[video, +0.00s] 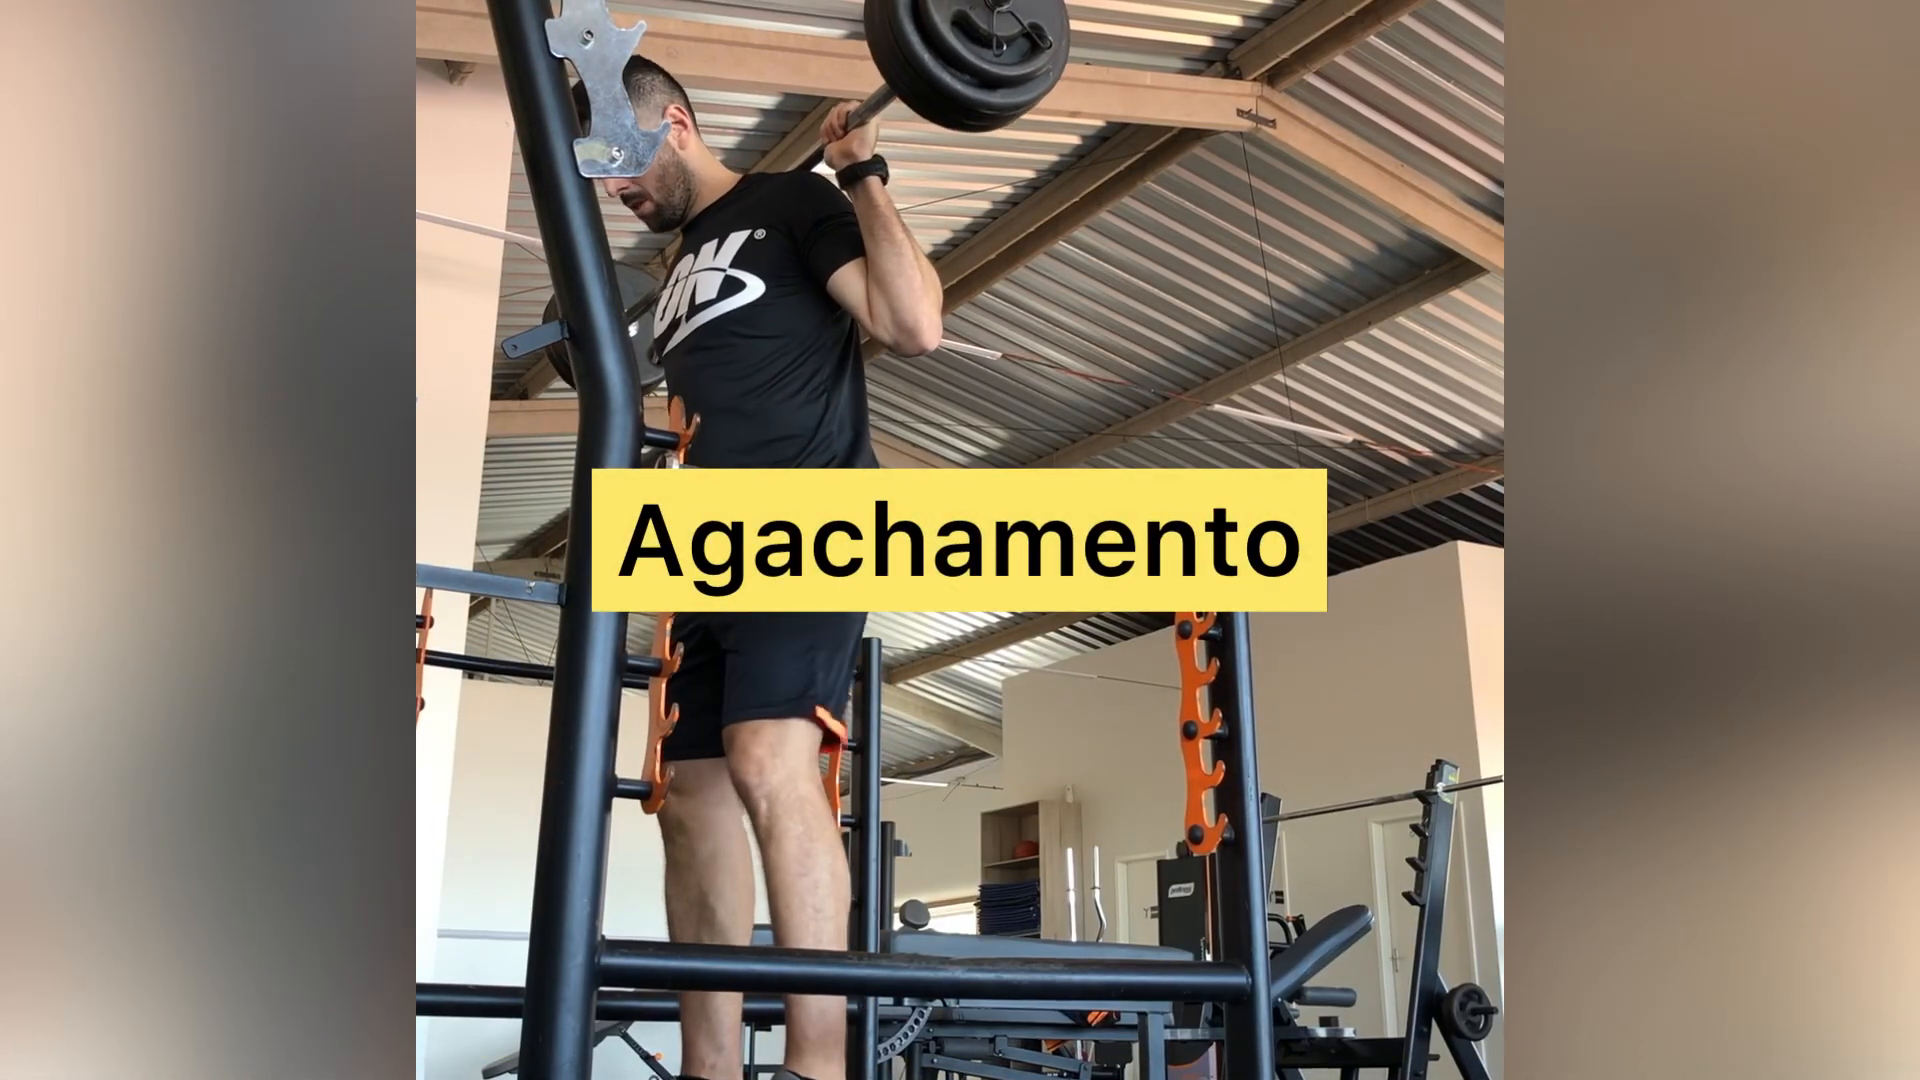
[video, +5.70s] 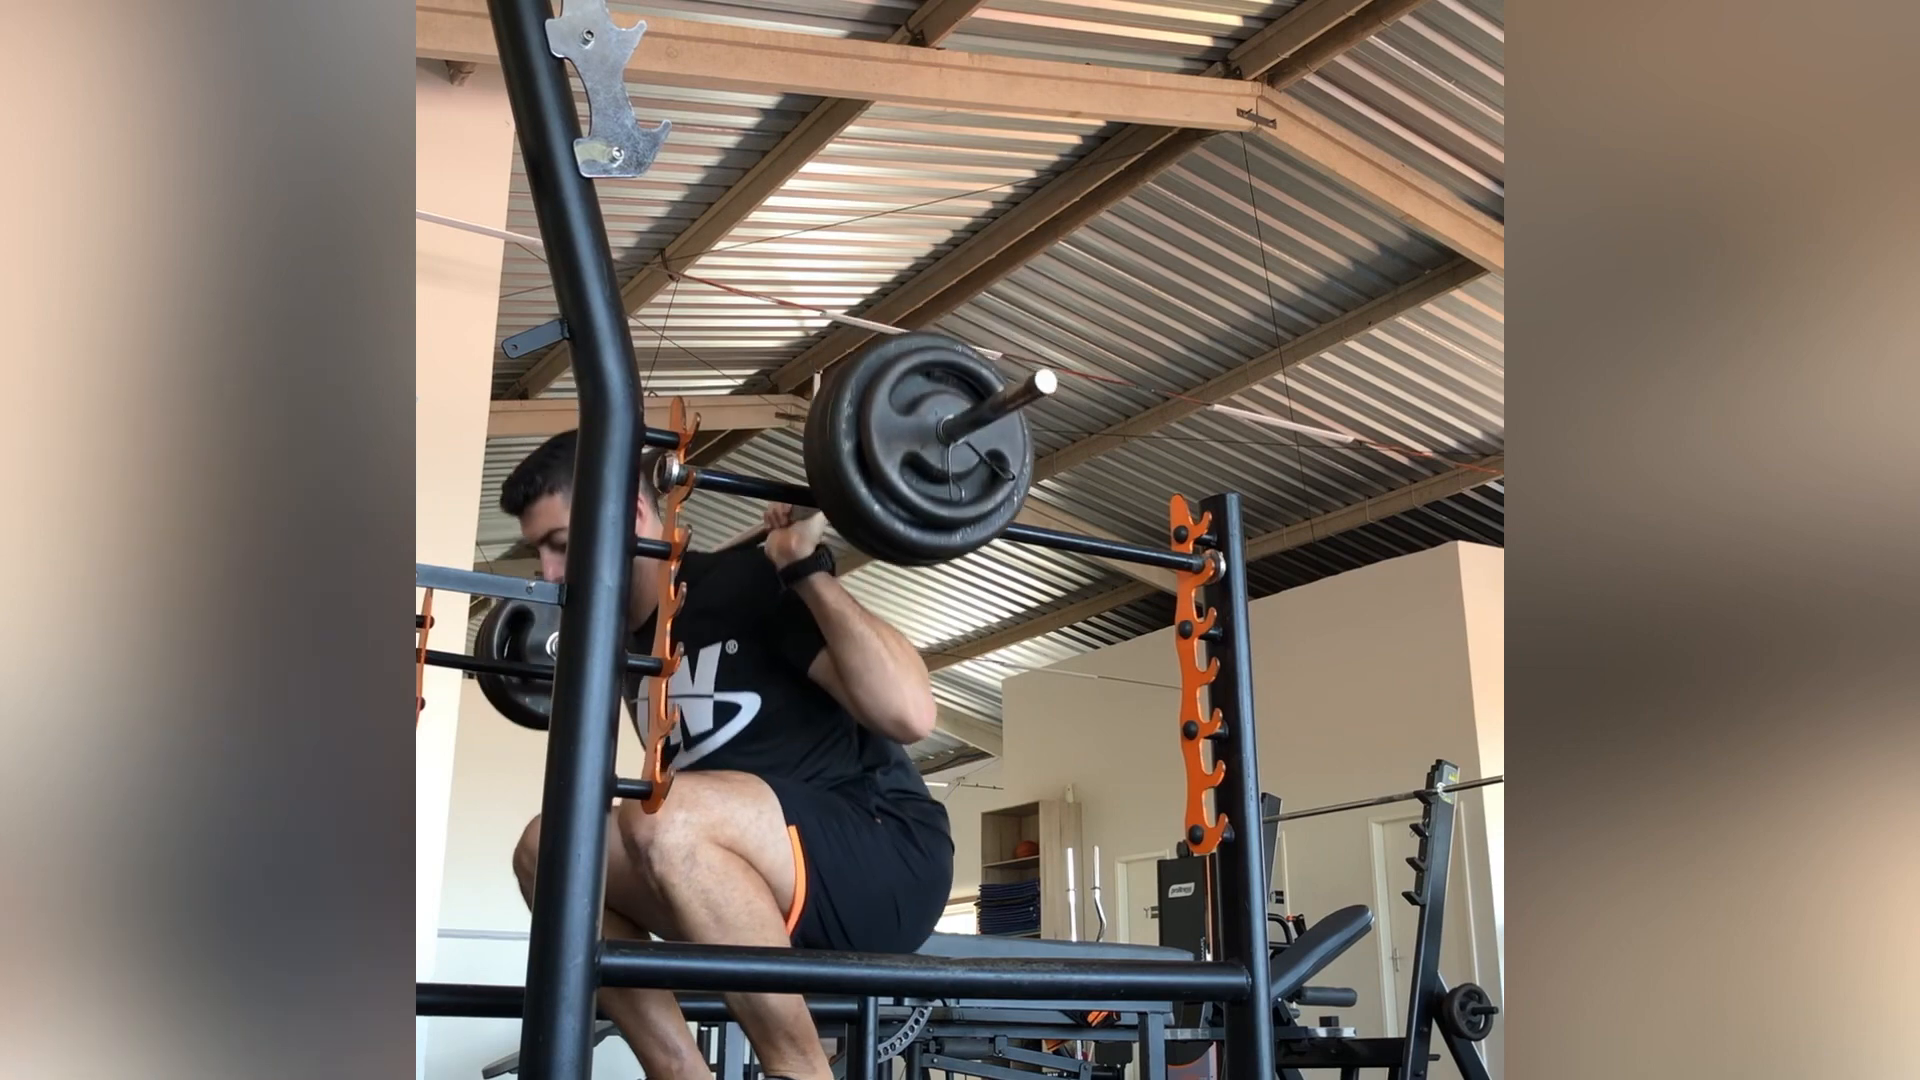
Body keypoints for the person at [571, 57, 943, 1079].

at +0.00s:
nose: (620, 187)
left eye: (629, 157)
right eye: (606, 172)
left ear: (680, 124)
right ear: (614, 172)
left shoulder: (793, 200)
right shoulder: (676, 276)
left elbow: (916, 326)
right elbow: (698, 433)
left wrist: (868, 182)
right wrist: (667, 581)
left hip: (808, 522)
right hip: (714, 539)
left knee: (769, 755)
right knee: (692, 789)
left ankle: (821, 1062)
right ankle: (711, 1066)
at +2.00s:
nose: (631, 180)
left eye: (636, 149)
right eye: (618, 161)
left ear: (692, 113)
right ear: (672, 130)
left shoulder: (804, 190)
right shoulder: (684, 259)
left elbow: (916, 315)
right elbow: (700, 411)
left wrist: (867, 168)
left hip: (799, 521)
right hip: (711, 535)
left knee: (781, 762)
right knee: (697, 787)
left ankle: (826, 1063)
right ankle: (713, 1063)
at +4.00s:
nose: (615, 183)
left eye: (626, 155)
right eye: (602, 168)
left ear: (680, 127)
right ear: (610, 171)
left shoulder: (790, 205)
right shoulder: (677, 277)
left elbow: (914, 332)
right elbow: (709, 421)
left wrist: (855, 184)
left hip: (817, 526)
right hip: (725, 546)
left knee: (758, 754)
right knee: (683, 789)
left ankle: (819, 1063)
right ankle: (699, 1068)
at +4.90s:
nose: (590, 309)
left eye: (600, 283)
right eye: (582, 288)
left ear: (661, 267)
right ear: (642, 277)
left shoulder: (781, 341)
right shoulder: (661, 406)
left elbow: (914, 472)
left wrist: (837, 318)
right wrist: (621, 433)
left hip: (868, 634)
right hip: (763, 659)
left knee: (702, 789)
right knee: (587, 812)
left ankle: (816, 1068)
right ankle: (686, 1072)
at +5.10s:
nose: (570, 406)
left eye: (578, 376)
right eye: (557, 387)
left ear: (649, 350)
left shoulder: (766, 415)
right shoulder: (646, 487)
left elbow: (911, 550)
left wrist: (827, 407)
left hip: (882, 700)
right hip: (772, 721)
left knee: (690, 793)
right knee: (568, 833)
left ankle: (816, 1070)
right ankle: (685, 1074)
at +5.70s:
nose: (548, 573)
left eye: (560, 542)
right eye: (537, 552)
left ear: (638, 514)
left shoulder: (749, 578)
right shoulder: (623, 643)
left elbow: (911, 714)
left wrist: (809, 570)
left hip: (886, 853)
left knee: (667, 818)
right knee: (547, 848)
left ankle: (802, 1071)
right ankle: (681, 1073)